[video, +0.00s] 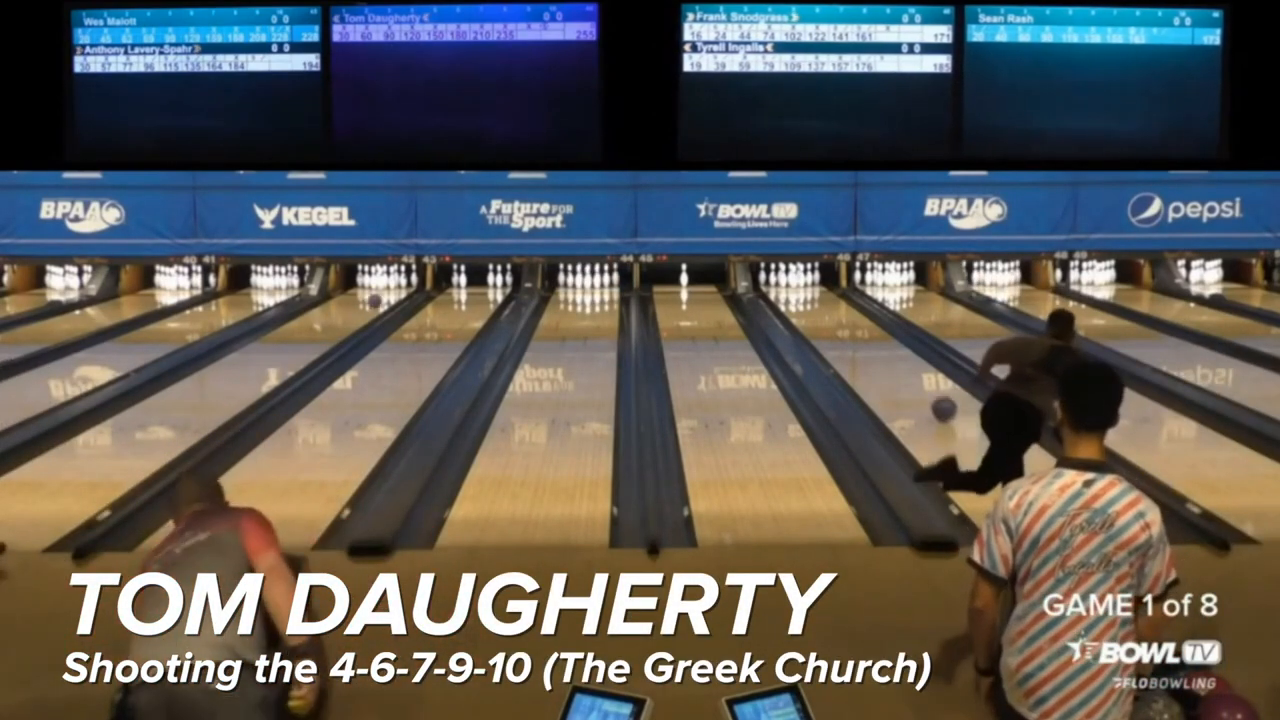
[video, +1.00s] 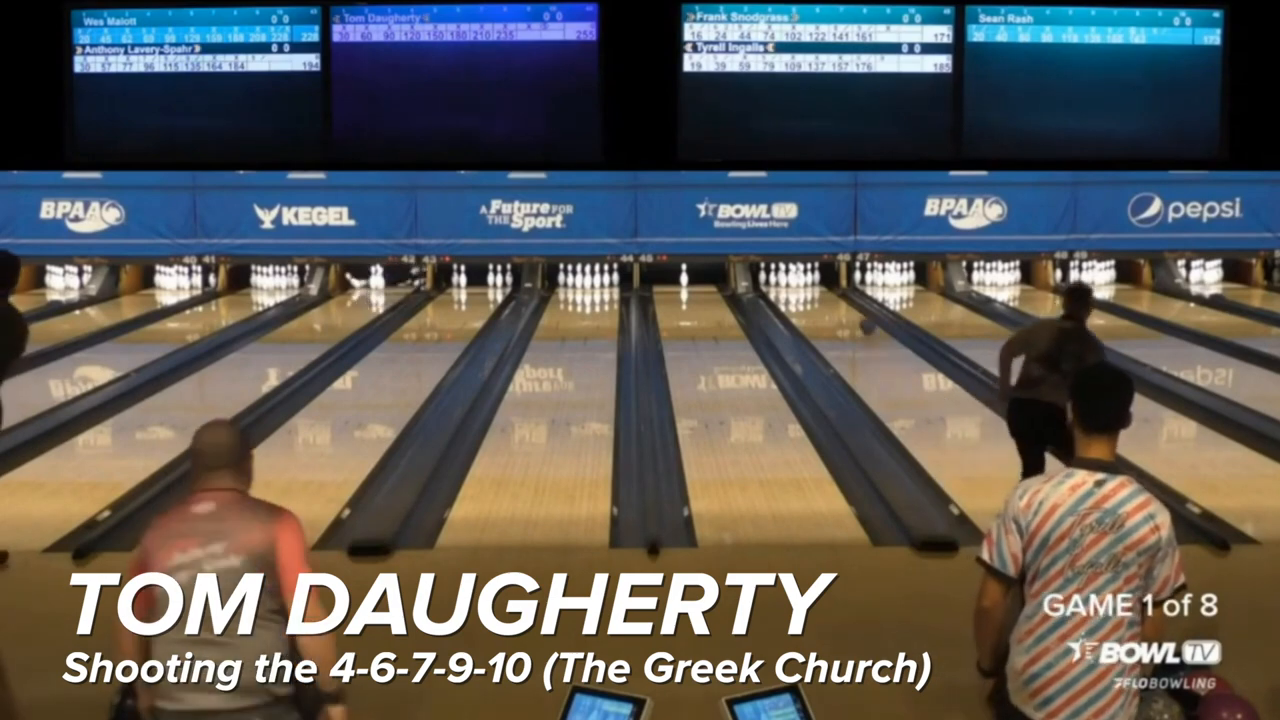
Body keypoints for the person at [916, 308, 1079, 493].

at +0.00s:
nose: (1069, 335)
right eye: (1070, 331)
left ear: (1048, 328)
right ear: (1071, 333)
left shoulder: (1032, 344)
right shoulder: (1072, 359)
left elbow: (996, 350)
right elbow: (1074, 396)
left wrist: (982, 374)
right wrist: (1064, 421)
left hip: (996, 408)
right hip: (1027, 419)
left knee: (1014, 478)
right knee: (983, 482)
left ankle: (1017, 519)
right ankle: (948, 475)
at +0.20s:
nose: (1073, 334)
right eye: (1073, 330)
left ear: (1049, 325)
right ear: (1072, 333)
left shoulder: (1029, 344)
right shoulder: (1073, 359)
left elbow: (996, 350)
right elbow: (1074, 395)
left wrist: (982, 376)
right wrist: (1064, 419)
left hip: (995, 407)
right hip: (1027, 419)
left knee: (1014, 477)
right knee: (988, 481)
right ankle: (950, 489)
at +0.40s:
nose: (1070, 329)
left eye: (1065, 324)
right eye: (1072, 325)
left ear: (1051, 322)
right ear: (1075, 328)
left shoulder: (1029, 341)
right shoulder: (1075, 359)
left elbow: (992, 350)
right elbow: (1076, 399)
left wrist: (977, 382)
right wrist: (1067, 425)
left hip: (996, 407)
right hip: (1028, 417)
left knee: (1014, 473)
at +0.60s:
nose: (1076, 326)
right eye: (1077, 322)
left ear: (1053, 318)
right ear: (1077, 325)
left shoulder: (1029, 339)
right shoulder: (1077, 357)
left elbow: (992, 349)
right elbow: (1080, 398)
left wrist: (977, 382)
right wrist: (1070, 426)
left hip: (999, 411)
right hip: (1035, 418)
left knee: (1019, 471)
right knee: (1071, 466)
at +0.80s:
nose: (1081, 319)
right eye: (1082, 314)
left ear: (1059, 311)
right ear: (1083, 316)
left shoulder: (1034, 335)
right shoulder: (1083, 351)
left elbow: (998, 348)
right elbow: (1090, 388)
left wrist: (990, 386)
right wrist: (1079, 420)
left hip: (1011, 411)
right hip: (1046, 416)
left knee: (1027, 469)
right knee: (1081, 464)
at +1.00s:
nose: (1086, 310)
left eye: (1082, 304)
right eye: (1087, 305)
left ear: (1064, 303)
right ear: (1089, 308)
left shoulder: (1042, 329)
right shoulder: (1091, 345)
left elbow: (1007, 352)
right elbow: (1095, 386)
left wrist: (1004, 389)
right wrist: (1081, 420)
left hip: (1021, 407)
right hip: (1054, 413)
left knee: (1032, 471)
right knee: (1081, 465)